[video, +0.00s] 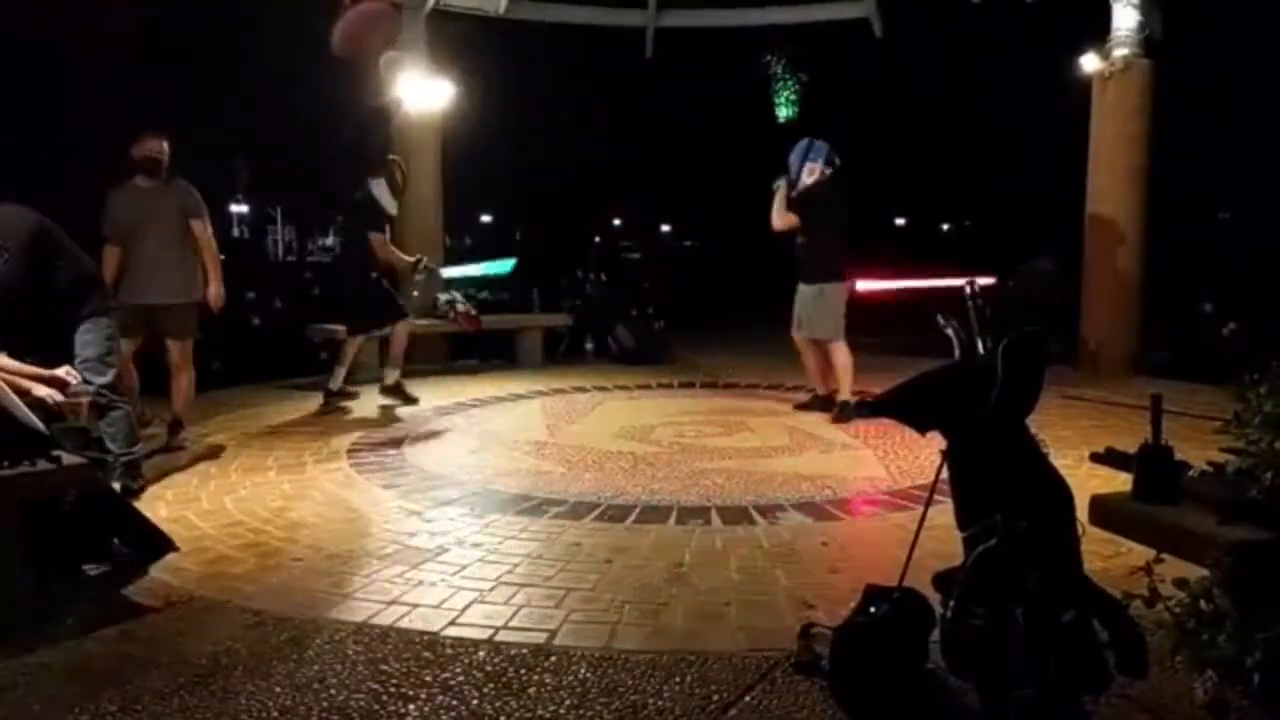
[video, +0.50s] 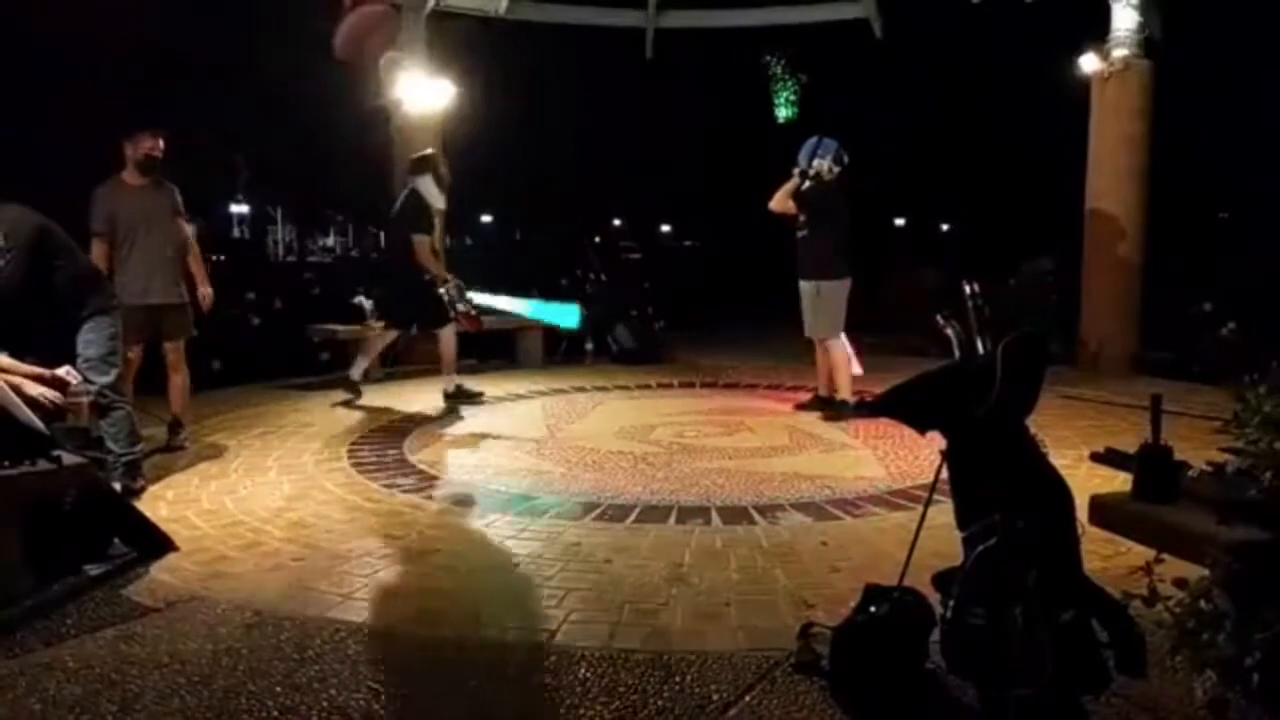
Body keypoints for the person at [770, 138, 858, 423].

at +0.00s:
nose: (800, 174)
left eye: (803, 169)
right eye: (800, 169)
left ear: (815, 167)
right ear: (817, 167)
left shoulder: (825, 194)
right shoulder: (813, 193)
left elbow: (780, 222)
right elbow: (786, 219)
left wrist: (781, 191)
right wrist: (789, 193)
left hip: (829, 278)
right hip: (810, 278)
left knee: (833, 338)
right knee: (801, 334)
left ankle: (845, 398)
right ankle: (821, 393)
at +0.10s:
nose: (807, 170)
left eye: (810, 165)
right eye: (806, 165)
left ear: (821, 164)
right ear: (813, 165)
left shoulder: (826, 191)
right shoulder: (812, 191)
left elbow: (777, 215)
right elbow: (784, 215)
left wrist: (781, 182)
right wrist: (787, 184)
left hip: (830, 277)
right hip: (809, 278)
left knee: (833, 337)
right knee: (807, 334)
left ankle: (845, 398)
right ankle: (822, 393)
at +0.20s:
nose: (814, 170)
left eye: (818, 165)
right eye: (811, 165)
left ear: (827, 166)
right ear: (810, 166)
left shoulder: (829, 193)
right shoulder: (810, 193)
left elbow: (775, 208)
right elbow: (776, 209)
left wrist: (792, 179)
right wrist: (791, 181)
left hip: (830, 275)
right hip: (809, 275)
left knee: (832, 337)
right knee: (811, 336)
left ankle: (845, 398)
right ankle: (822, 394)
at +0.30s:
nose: (810, 170)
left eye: (813, 165)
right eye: (810, 164)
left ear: (820, 166)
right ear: (823, 165)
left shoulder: (829, 193)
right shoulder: (810, 194)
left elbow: (775, 205)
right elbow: (776, 207)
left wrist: (797, 179)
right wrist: (794, 180)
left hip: (830, 274)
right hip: (809, 275)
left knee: (832, 337)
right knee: (813, 336)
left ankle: (845, 399)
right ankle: (823, 394)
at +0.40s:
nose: (812, 169)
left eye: (815, 164)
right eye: (812, 163)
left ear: (818, 166)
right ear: (827, 165)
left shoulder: (829, 194)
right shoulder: (810, 194)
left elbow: (775, 203)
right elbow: (776, 205)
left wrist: (800, 178)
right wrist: (797, 179)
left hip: (830, 275)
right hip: (810, 275)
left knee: (831, 338)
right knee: (817, 338)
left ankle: (844, 398)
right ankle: (823, 394)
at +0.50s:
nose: (812, 170)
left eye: (816, 165)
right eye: (812, 164)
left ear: (819, 166)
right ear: (829, 164)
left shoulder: (831, 194)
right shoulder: (811, 195)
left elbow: (777, 202)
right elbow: (777, 204)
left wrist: (802, 178)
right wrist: (799, 179)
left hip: (831, 273)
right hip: (810, 274)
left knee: (832, 336)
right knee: (818, 337)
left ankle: (844, 397)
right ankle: (823, 393)